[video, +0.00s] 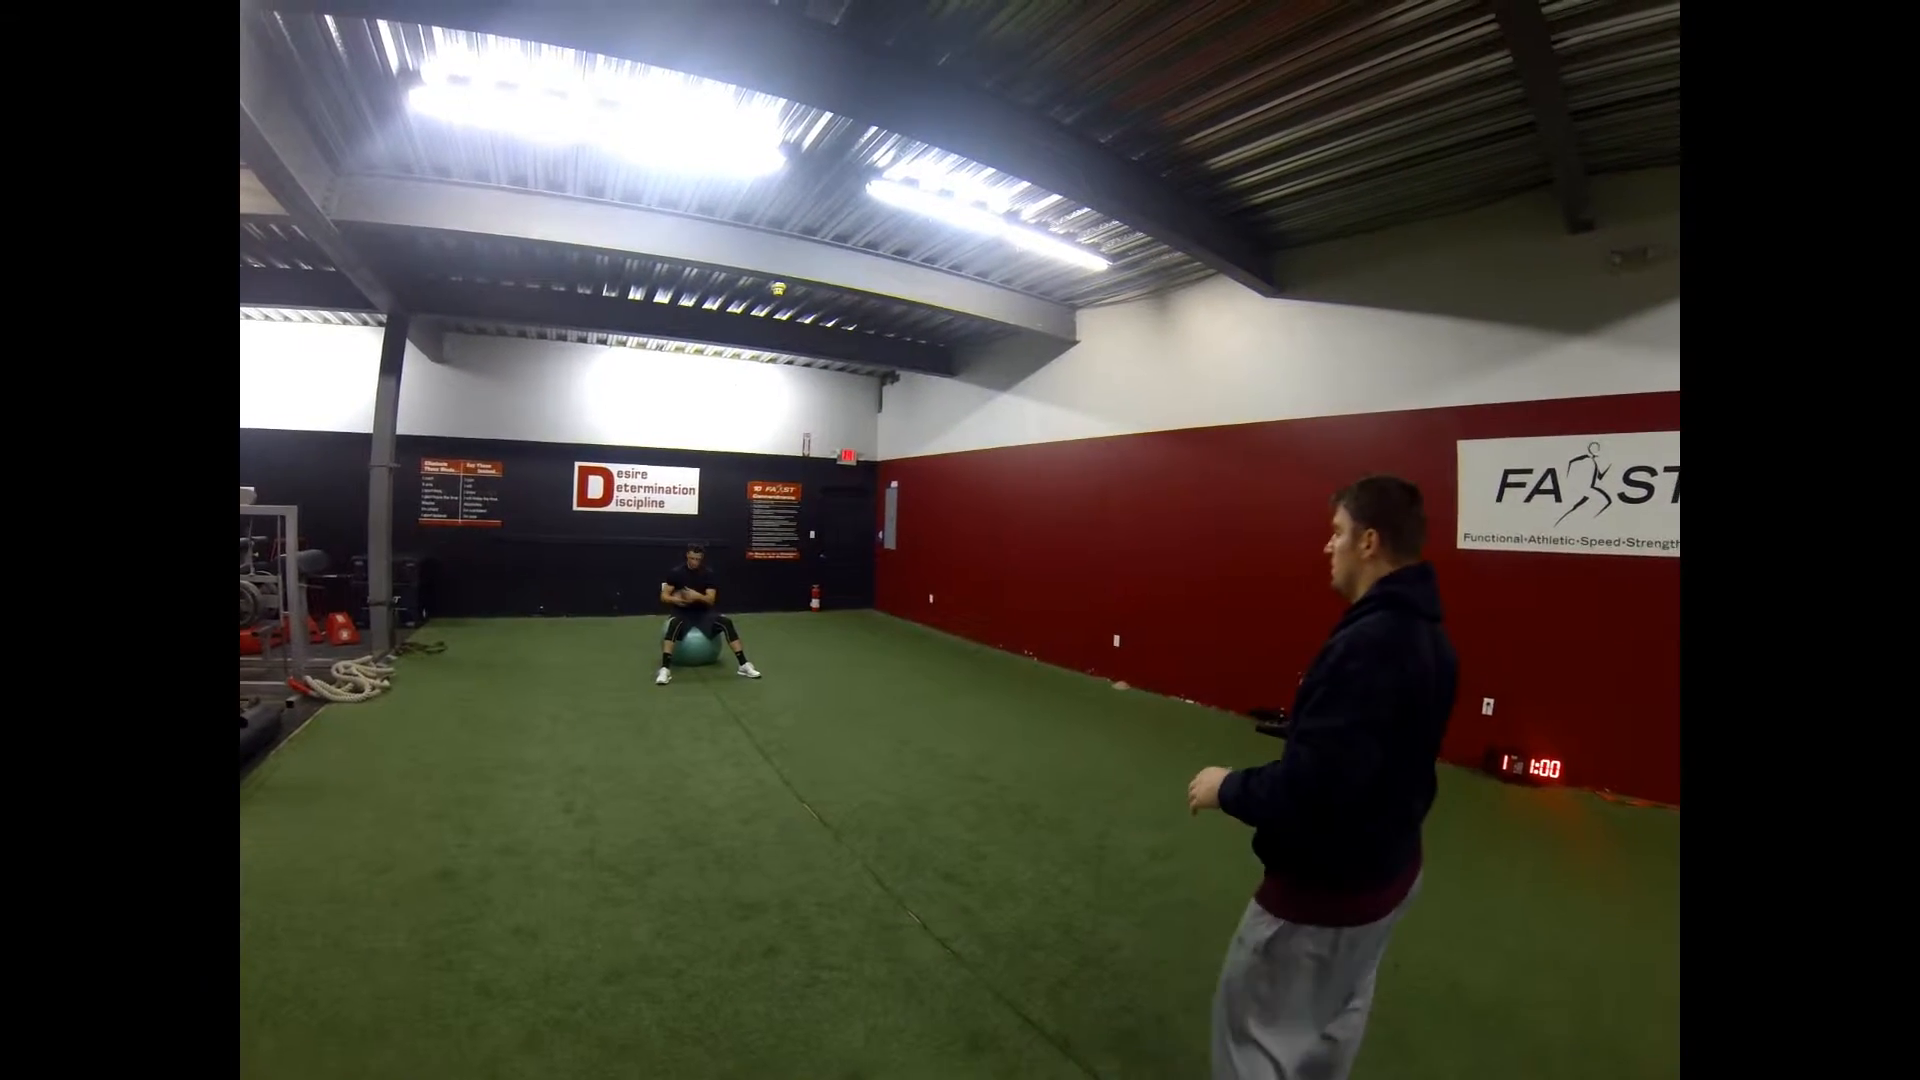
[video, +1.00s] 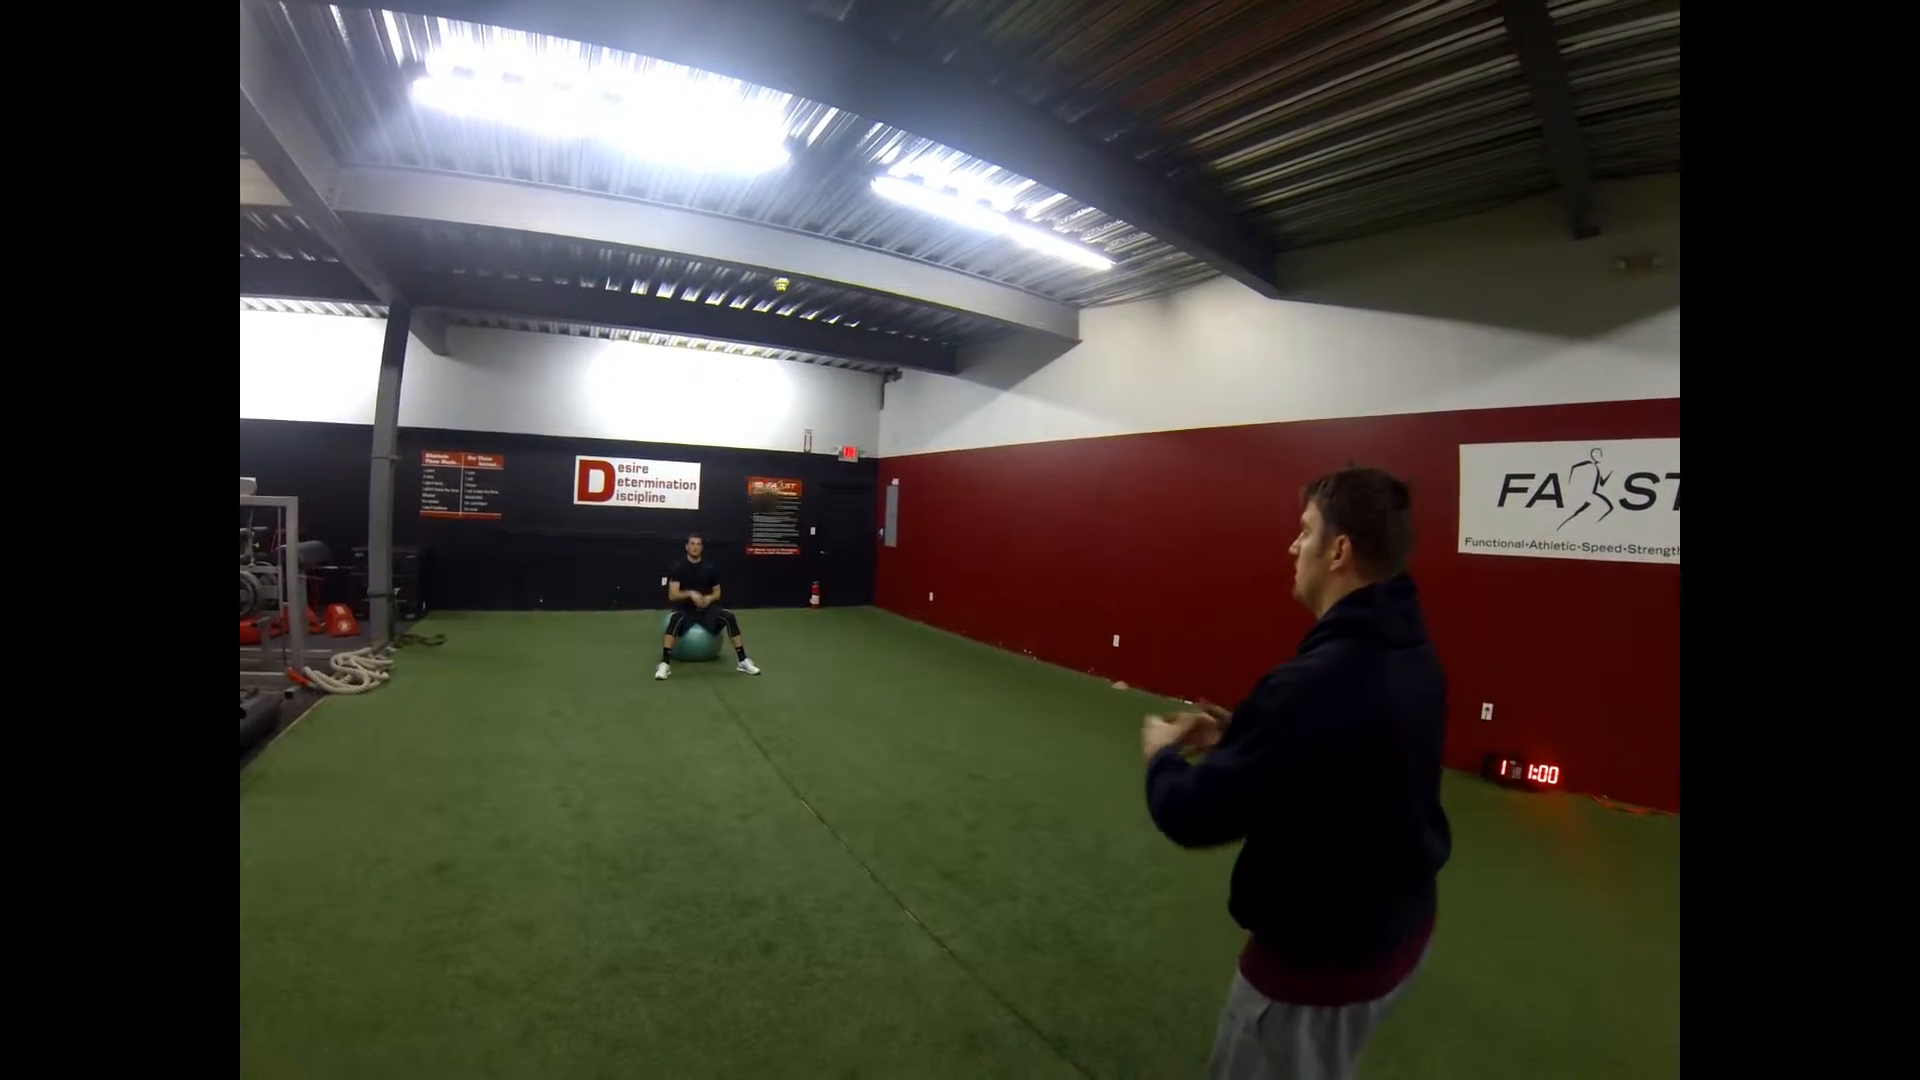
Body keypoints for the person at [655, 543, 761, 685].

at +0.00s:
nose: (695, 562)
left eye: (698, 559)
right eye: (692, 559)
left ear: (702, 559)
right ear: (687, 557)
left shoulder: (708, 573)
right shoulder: (677, 573)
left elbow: (711, 600)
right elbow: (664, 596)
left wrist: (696, 596)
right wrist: (677, 600)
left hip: (703, 613)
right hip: (683, 613)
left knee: (726, 622)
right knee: (674, 624)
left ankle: (744, 664)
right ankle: (665, 669)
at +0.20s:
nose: (689, 562)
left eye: (692, 559)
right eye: (687, 558)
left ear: (698, 558)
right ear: (683, 557)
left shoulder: (707, 573)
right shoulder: (676, 571)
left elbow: (710, 601)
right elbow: (662, 585)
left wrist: (693, 595)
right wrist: (662, 595)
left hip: (702, 612)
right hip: (681, 612)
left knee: (726, 623)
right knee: (673, 625)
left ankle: (742, 666)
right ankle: (663, 670)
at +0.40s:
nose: (690, 557)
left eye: (693, 554)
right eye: (687, 554)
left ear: (697, 556)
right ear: (681, 555)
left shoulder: (706, 573)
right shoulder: (676, 575)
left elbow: (720, 597)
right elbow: (669, 598)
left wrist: (708, 603)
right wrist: (659, 586)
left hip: (704, 615)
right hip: (684, 615)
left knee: (727, 623)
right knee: (677, 626)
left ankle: (742, 667)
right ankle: (664, 670)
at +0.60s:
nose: (691, 552)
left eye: (694, 549)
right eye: (688, 549)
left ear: (699, 552)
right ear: (683, 552)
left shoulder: (708, 570)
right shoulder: (678, 571)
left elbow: (723, 591)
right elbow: (661, 583)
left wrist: (718, 594)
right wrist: (655, 560)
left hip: (706, 613)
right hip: (685, 613)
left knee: (728, 622)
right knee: (676, 623)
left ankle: (742, 664)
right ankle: (664, 668)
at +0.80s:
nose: (694, 545)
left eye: (696, 542)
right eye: (691, 542)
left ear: (702, 545)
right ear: (686, 545)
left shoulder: (710, 565)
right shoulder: (679, 562)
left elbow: (719, 589)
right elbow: (673, 575)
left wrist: (708, 587)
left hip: (708, 610)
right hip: (687, 609)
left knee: (730, 619)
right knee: (678, 619)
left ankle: (744, 662)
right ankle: (666, 665)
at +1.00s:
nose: (695, 547)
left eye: (698, 544)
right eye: (692, 544)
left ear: (702, 547)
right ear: (687, 546)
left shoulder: (710, 568)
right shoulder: (679, 568)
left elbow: (717, 593)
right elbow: (673, 595)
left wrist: (708, 599)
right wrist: (691, 594)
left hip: (707, 608)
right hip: (686, 609)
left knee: (729, 617)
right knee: (676, 618)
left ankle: (743, 660)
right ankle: (664, 663)